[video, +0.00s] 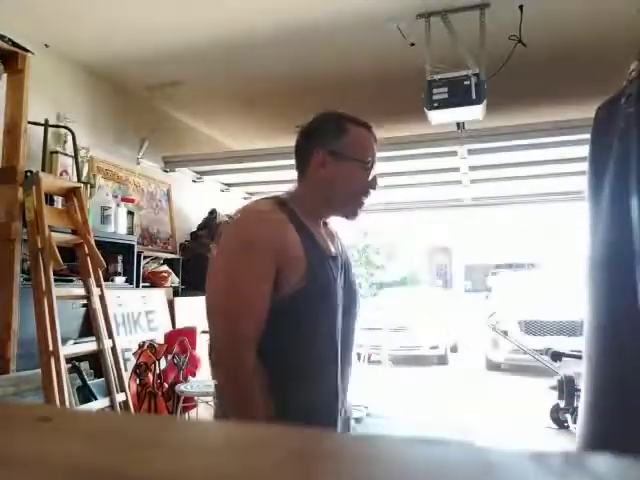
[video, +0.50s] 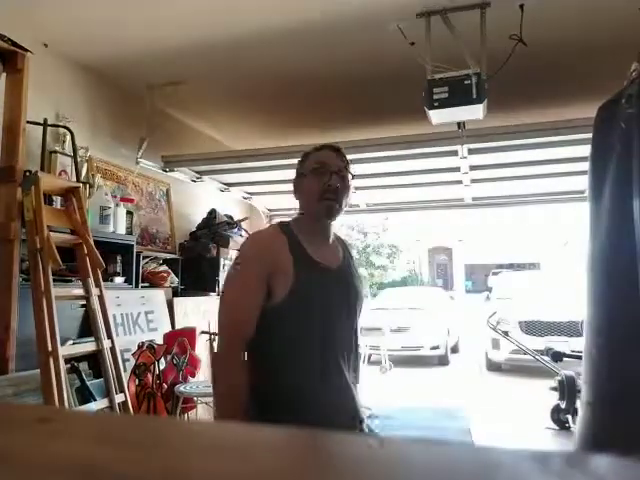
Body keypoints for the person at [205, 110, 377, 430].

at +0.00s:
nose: (373, 183)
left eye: (373, 170)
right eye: (366, 167)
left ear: (322, 164)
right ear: (322, 162)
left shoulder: (330, 238)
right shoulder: (256, 228)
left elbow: (331, 353)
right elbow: (231, 358)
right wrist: (259, 456)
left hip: (324, 443)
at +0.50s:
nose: (333, 180)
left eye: (342, 175)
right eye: (319, 171)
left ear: (349, 191)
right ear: (296, 187)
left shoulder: (344, 254)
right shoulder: (263, 248)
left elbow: (347, 345)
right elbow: (230, 349)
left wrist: (355, 419)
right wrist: (233, 440)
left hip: (342, 428)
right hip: (276, 430)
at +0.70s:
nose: (348, 198)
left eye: (357, 192)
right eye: (337, 190)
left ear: (366, 207)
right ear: (320, 202)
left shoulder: (365, 259)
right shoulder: (291, 259)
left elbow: (385, 328)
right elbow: (259, 338)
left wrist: (427, 382)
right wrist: (258, 411)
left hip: (364, 418)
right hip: (306, 420)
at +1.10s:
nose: (343, 203)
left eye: (352, 197)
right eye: (335, 198)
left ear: (366, 209)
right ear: (324, 210)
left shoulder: (388, 256)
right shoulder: (308, 261)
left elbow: (404, 312)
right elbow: (294, 320)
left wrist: (417, 365)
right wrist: (291, 368)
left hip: (381, 385)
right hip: (328, 386)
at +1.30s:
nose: (329, 225)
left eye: (337, 217)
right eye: (324, 219)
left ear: (356, 221)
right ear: (320, 223)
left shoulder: (387, 258)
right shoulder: (315, 270)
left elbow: (415, 305)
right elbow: (307, 321)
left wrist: (415, 354)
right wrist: (302, 355)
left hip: (385, 372)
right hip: (341, 374)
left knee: (383, 461)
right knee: (343, 460)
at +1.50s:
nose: (329, 230)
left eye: (337, 223)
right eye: (326, 224)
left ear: (358, 225)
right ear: (323, 226)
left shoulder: (390, 258)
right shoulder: (332, 268)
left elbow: (424, 304)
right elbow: (332, 318)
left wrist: (420, 355)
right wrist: (317, 352)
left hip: (389, 374)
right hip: (351, 373)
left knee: (377, 458)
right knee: (350, 456)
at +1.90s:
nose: (377, 231)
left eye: (385, 226)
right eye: (376, 226)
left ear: (403, 229)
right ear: (373, 229)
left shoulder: (424, 264)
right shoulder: (380, 269)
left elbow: (426, 321)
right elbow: (362, 308)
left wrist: (379, 338)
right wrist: (339, 278)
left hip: (424, 378)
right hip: (386, 377)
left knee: (426, 456)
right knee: (378, 454)